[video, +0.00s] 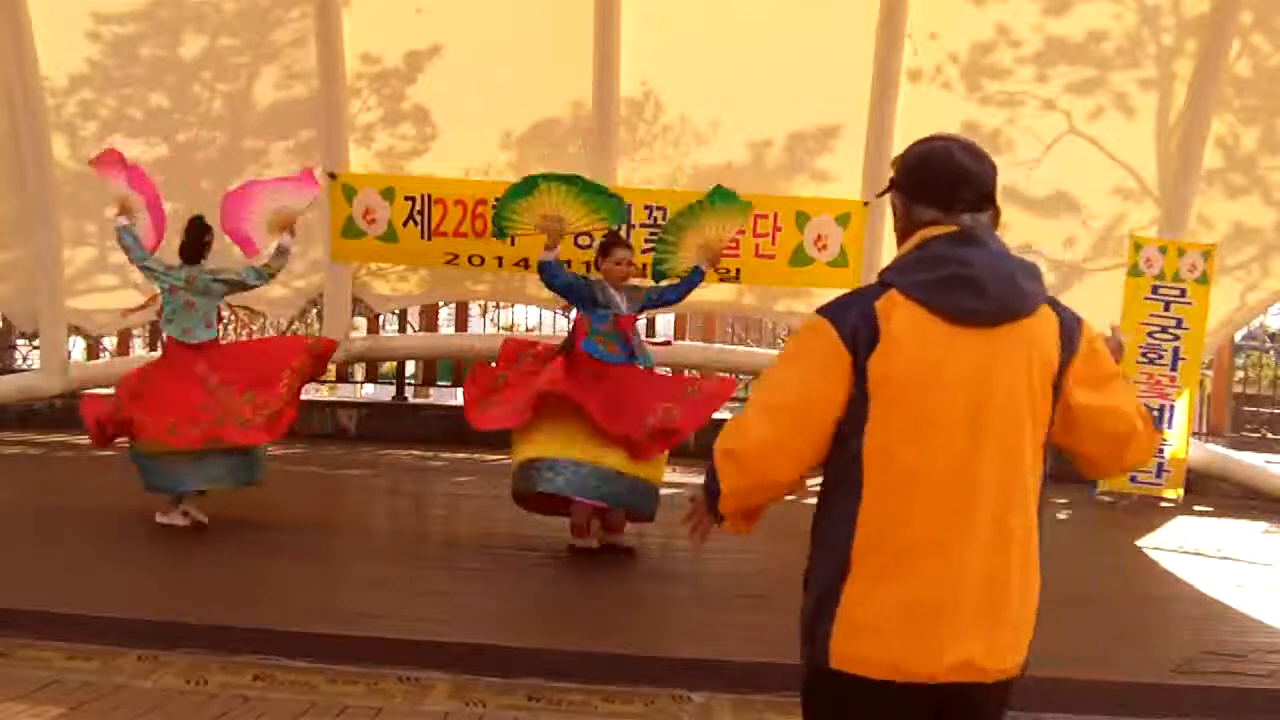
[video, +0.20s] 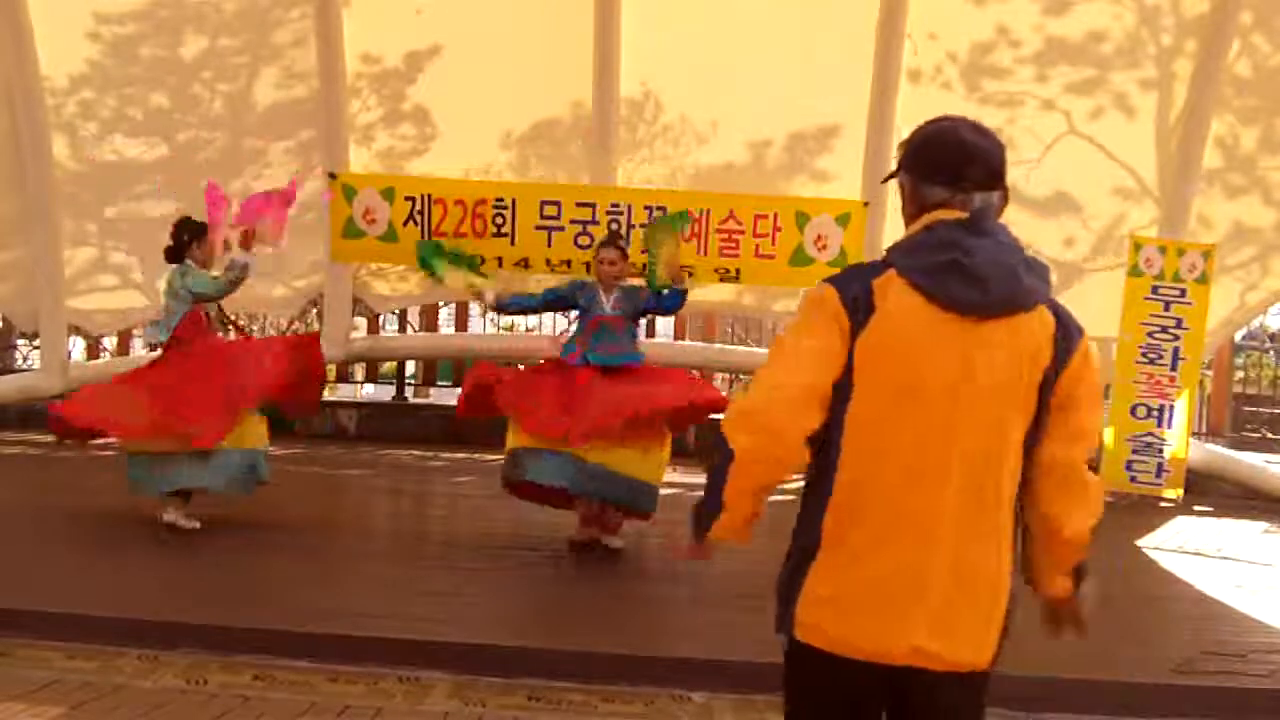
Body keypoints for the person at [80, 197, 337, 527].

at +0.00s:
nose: (207, 247)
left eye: (197, 238)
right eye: (209, 242)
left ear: (182, 244)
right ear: (208, 248)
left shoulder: (168, 276)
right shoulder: (216, 282)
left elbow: (137, 256)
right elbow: (260, 275)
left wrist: (123, 222)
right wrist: (286, 240)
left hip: (173, 361)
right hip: (207, 362)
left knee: (172, 429)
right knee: (199, 429)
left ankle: (175, 506)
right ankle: (189, 502)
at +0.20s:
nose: (215, 249)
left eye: (214, 243)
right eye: (211, 243)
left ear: (190, 246)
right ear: (196, 246)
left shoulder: (186, 276)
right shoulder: (185, 277)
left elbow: (216, 288)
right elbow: (217, 290)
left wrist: (237, 264)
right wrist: (239, 265)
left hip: (189, 362)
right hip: (188, 363)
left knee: (189, 432)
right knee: (193, 433)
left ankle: (177, 503)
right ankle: (175, 505)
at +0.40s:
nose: (214, 253)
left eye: (215, 247)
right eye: (208, 247)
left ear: (211, 250)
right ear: (188, 250)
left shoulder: (215, 286)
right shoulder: (179, 280)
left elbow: (255, 298)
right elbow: (148, 291)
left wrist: (298, 294)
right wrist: (150, 251)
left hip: (201, 365)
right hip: (177, 365)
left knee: (190, 430)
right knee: (176, 429)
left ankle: (168, 499)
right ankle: (154, 494)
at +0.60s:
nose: (208, 255)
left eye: (212, 249)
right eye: (201, 249)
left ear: (217, 253)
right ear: (187, 253)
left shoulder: (223, 294)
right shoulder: (172, 285)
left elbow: (241, 329)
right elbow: (136, 301)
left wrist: (255, 350)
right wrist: (109, 323)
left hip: (200, 363)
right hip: (167, 361)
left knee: (193, 428)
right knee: (162, 423)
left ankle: (173, 502)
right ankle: (158, 496)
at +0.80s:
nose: (193, 250)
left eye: (200, 244)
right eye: (188, 243)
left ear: (209, 250)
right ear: (180, 247)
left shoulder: (215, 286)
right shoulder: (163, 279)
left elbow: (213, 328)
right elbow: (138, 317)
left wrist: (185, 333)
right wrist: (152, 331)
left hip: (195, 361)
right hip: (159, 358)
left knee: (194, 423)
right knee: (161, 419)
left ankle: (178, 494)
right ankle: (160, 488)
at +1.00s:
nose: (181, 247)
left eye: (188, 242)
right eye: (177, 241)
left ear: (201, 246)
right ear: (171, 245)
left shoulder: (206, 278)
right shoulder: (165, 277)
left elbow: (208, 321)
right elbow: (152, 315)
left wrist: (168, 323)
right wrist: (147, 324)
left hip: (195, 357)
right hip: (166, 355)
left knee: (194, 416)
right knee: (165, 415)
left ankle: (192, 486)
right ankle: (171, 484)